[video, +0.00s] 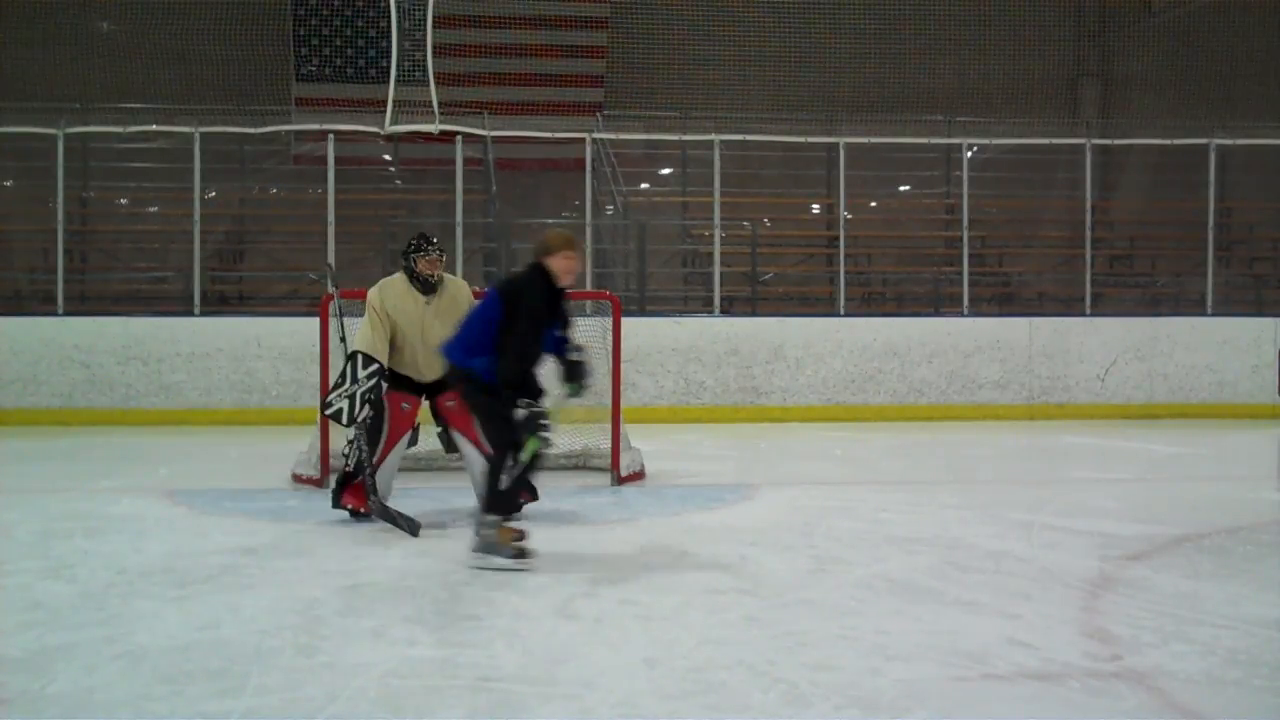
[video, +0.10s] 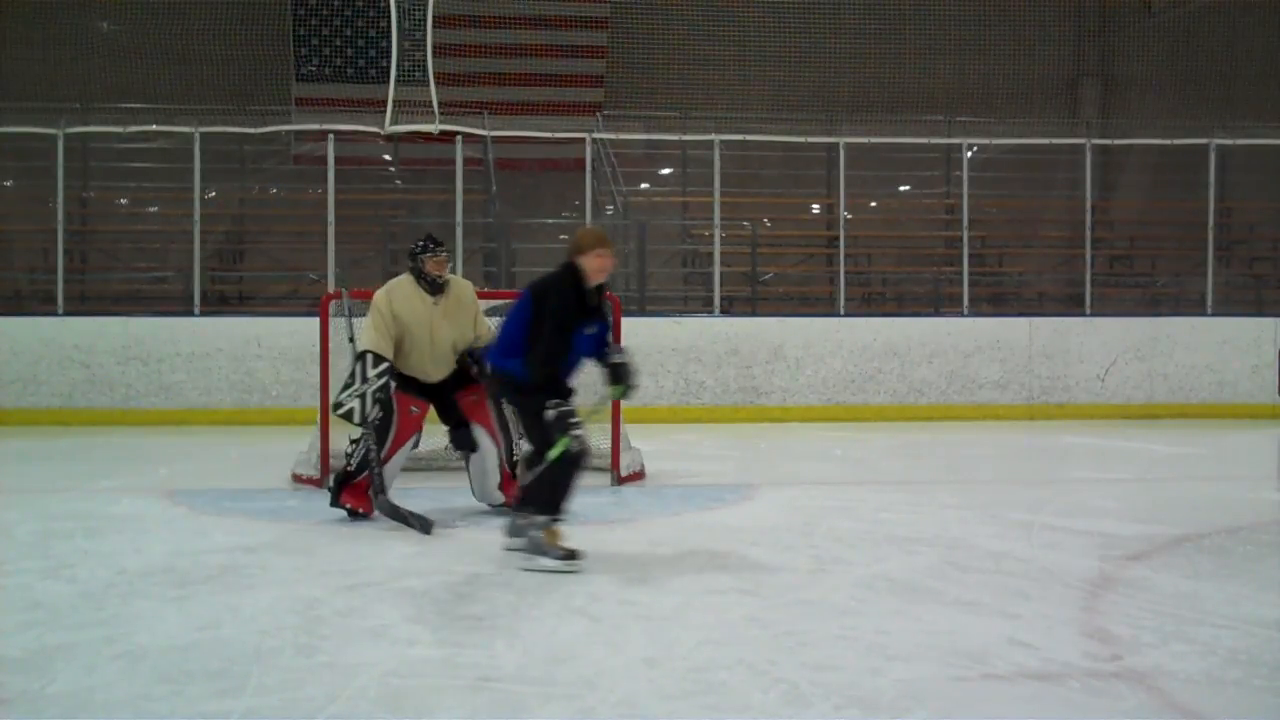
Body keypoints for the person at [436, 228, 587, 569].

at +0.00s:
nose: (573, 268)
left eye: (575, 260)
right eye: (566, 260)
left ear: (573, 262)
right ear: (547, 259)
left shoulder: (550, 293)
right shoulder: (526, 289)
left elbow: (551, 333)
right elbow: (515, 355)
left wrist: (569, 358)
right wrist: (527, 399)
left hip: (500, 369)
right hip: (471, 367)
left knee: (528, 438)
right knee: (505, 441)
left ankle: (500, 517)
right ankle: (489, 527)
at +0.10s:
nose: (606, 264)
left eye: (609, 257)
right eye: (598, 256)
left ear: (611, 261)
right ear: (579, 258)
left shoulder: (593, 297)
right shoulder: (555, 290)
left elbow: (598, 337)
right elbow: (540, 354)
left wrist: (613, 361)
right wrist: (551, 400)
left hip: (545, 379)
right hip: (512, 376)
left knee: (567, 448)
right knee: (555, 448)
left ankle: (533, 524)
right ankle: (528, 523)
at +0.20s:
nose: (638, 258)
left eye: (642, 251)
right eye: (631, 251)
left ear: (647, 255)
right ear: (613, 253)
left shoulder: (635, 289)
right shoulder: (590, 286)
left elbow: (641, 332)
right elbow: (573, 348)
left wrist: (660, 357)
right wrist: (586, 400)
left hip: (588, 371)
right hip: (558, 368)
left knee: (587, 441)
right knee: (606, 442)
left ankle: (565, 519)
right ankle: (584, 532)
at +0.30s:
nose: (674, 251)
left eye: (678, 244)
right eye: (667, 244)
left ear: (681, 250)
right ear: (647, 247)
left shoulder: (673, 285)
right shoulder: (627, 283)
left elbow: (680, 327)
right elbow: (607, 344)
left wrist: (700, 352)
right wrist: (618, 395)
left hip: (628, 375)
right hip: (604, 373)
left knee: (626, 441)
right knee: (648, 444)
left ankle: (607, 518)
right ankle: (623, 532)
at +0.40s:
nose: (709, 249)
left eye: (712, 242)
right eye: (702, 242)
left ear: (716, 246)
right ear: (683, 246)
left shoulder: (711, 283)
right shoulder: (664, 283)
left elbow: (717, 326)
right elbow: (648, 347)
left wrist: (738, 352)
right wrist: (664, 398)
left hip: (669, 375)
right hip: (645, 374)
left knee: (673, 440)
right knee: (686, 445)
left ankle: (651, 516)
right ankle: (665, 531)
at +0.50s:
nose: (748, 248)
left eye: (751, 242)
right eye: (740, 242)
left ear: (756, 247)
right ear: (723, 246)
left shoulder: (751, 283)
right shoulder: (705, 282)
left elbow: (758, 329)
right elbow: (691, 344)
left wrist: (778, 355)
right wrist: (704, 395)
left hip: (709, 373)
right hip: (681, 371)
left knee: (720, 444)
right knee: (719, 445)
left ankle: (707, 524)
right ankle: (707, 528)